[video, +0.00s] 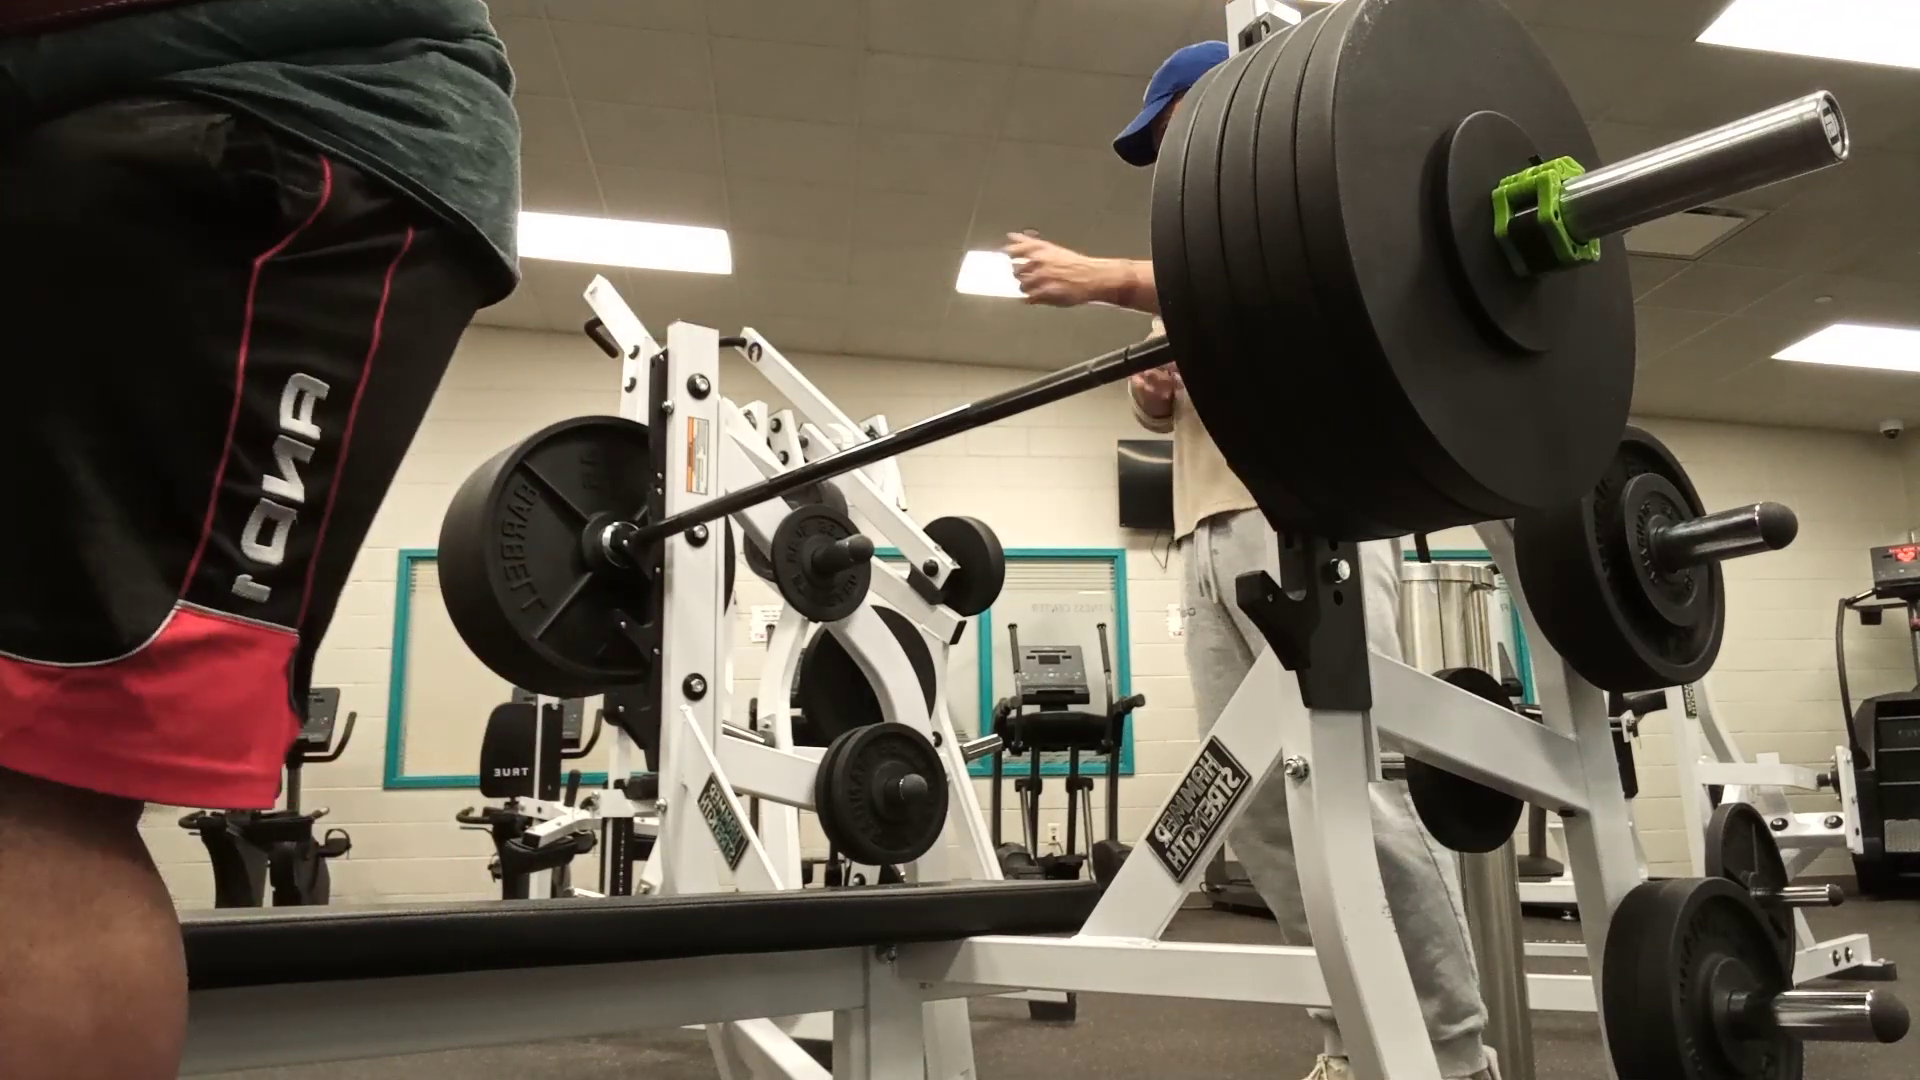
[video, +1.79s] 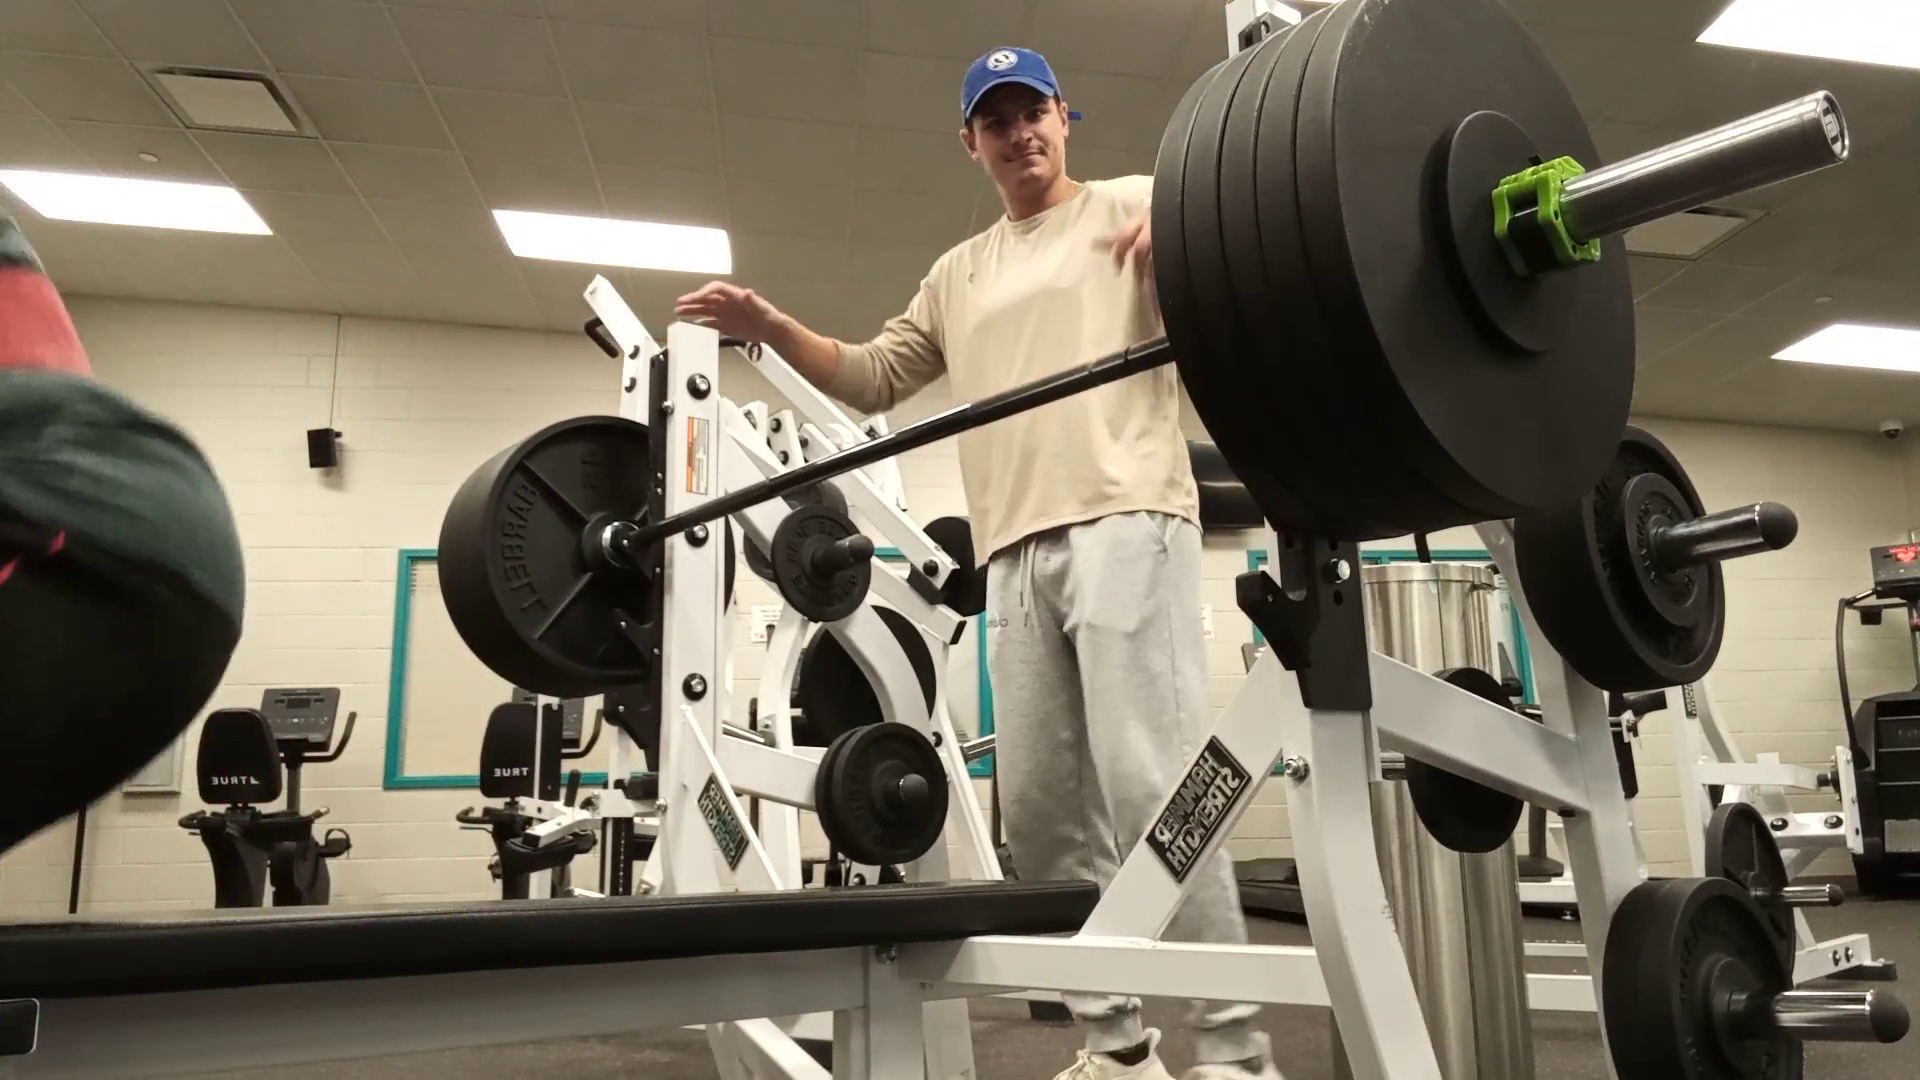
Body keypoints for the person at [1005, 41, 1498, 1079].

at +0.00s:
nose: (1158, 164)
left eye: (1168, 138)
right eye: (1154, 148)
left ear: (1221, 106)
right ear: (1183, 127)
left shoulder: (1298, 192)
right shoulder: (1205, 238)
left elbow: (1269, 271)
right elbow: (1172, 400)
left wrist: (1106, 277)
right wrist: (1162, 392)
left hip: (1297, 528)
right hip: (1209, 541)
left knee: (1355, 795)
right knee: (1253, 812)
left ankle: (1458, 1049)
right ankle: (1365, 1028)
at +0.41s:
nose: (1132, 180)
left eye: (1139, 156)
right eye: (1129, 167)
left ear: (1187, 128)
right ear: (1164, 150)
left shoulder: (1234, 216)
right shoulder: (1179, 256)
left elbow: (1152, 264)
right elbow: (1121, 416)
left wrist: (1021, 278)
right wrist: (1130, 356)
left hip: (1230, 520)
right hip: (1184, 530)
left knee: (1219, 760)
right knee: (1214, 774)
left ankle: (1353, 998)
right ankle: (1334, 1003)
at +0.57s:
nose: (1110, 185)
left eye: (1111, 158)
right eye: (1105, 169)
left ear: (1155, 125)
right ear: (1161, 131)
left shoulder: (1208, 218)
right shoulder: (1215, 238)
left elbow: (1120, 293)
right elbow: (1103, 414)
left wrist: (989, 322)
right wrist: (1105, 348)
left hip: (1202, 533)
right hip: (1263, 537)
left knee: (1159, 792)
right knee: (1260, 801)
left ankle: (1194, 1051)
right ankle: (1335, 1029)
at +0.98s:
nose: (1013, 126)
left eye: (1021, 101)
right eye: (1010, 109)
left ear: (1072, 83)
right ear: (1082, 90)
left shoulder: (1131, 183)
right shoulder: (1106, 198)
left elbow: (1146, 353)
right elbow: (1117, 369)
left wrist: (1026, 438)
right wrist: (1014, 399)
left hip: (1132, 526)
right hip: (1112, 521)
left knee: (1101, 804)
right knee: (1108, 794)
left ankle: (1144, 1055)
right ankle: (1274, 1000)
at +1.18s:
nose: (985, 126)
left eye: (995, 100)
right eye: (979, 110)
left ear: (1054, 84)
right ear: (1048, 93)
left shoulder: (1110, 179)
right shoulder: (1062, 213)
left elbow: (1135, 321)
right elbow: (1076, 380)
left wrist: (989, 430)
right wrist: (970, 400)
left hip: (1113, 528)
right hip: (1056, 533)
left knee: (1092, 783)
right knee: (1010, 771)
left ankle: (1141, 1037)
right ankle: (1087, 992)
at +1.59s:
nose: (996, 131)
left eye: (1010, 111)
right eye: (975, 122)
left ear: (1052, 119)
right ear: (960, 147)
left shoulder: (1114, 204)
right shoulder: (961, 276)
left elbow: (1187, 315)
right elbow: (917, 405)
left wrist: (1098, 363)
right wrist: (826, 363)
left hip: (1121, 525)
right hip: (1020, 547)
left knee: (1116, 779)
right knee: (1034, 800)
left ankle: (1136, 1044)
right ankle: (1092, 1020)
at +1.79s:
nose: (1015, 132)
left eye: (1029, 112)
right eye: (994, 122)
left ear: (1065, 120)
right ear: (972, 146)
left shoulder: (1132, 201)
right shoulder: (955, 272)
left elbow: (1227, 274)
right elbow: (873, 379)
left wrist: (1171, 238)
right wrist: (770, 324)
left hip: (1131, 520)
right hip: (1018, 545)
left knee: (1156, 776)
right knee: (1043, 806)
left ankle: (1228, 1047)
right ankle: (1116, 1040)